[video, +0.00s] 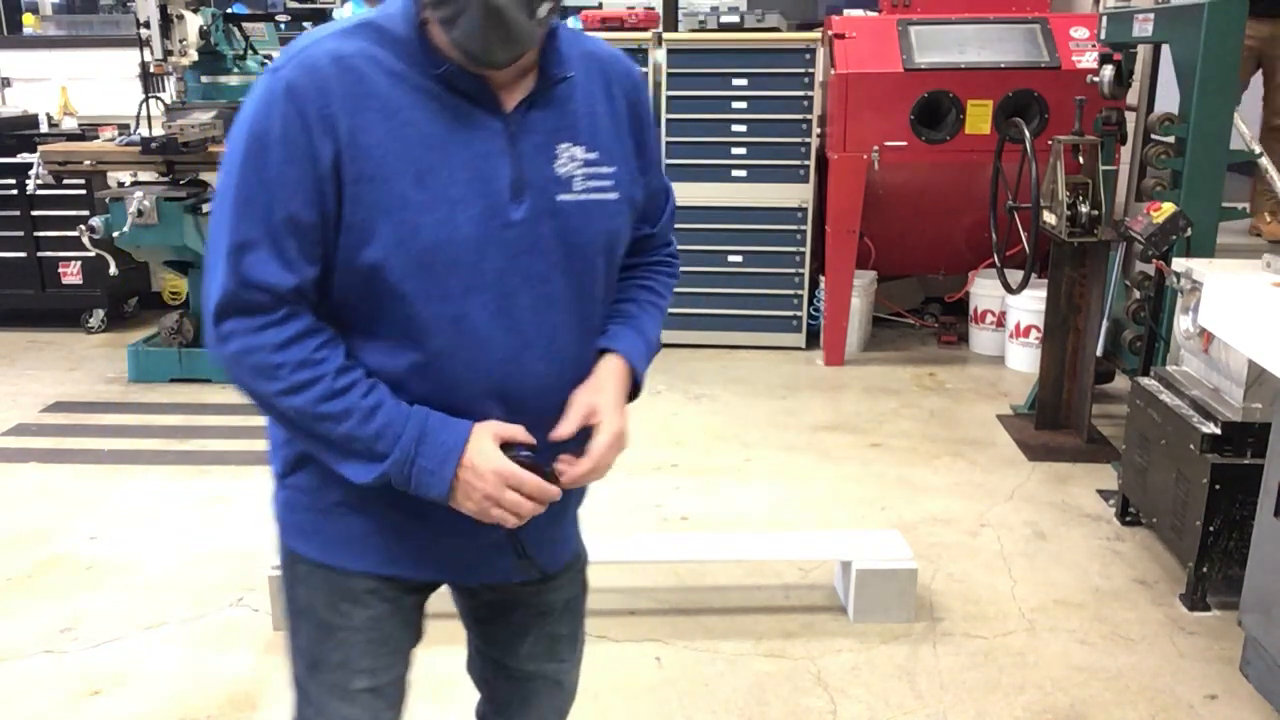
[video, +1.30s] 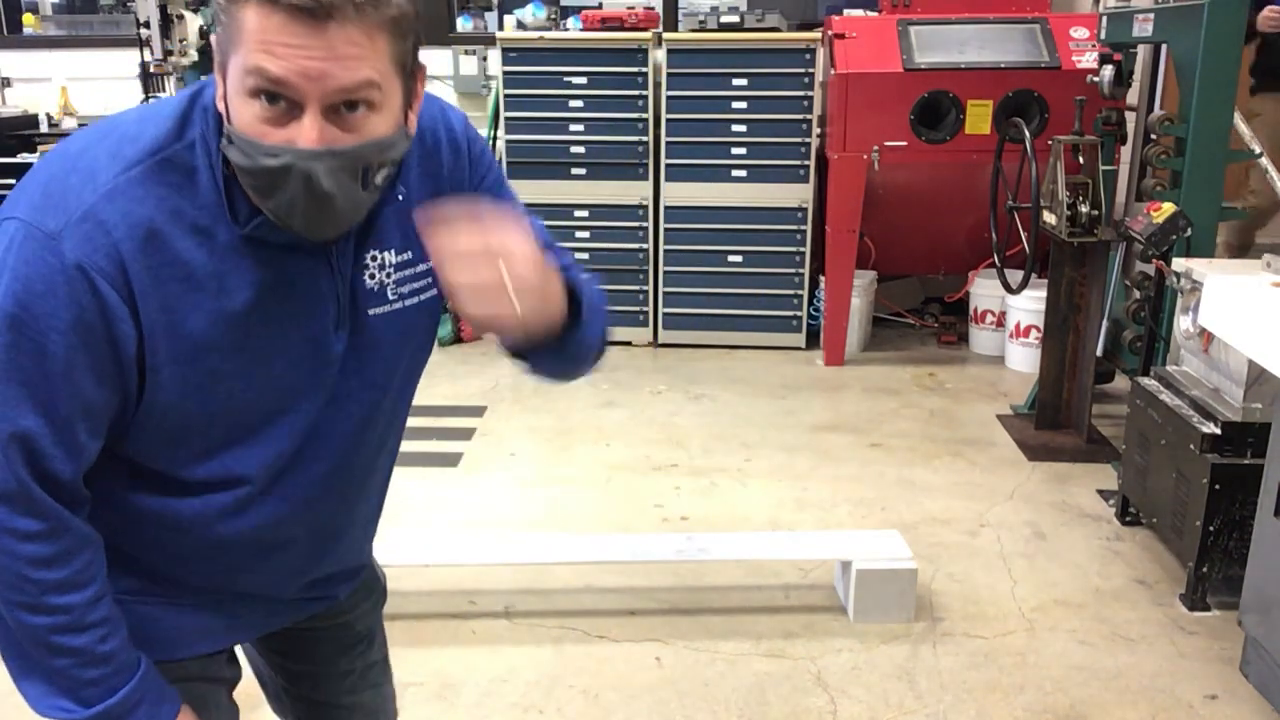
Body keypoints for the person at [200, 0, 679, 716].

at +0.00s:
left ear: (554, 4)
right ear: (431, 3)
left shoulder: (610, 87)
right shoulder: (311, 91)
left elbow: (650, 253)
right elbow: (251, 320)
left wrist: (617, 366)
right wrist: (432, 452)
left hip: (536, 509)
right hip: (354, 507)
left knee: (534, 710)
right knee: (348, 710)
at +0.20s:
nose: (433, 108)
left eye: (450, 79)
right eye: (401, 89)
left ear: (473, 29)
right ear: (342, 37)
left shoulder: (522, 89)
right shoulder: (221, 120)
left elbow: (576, 258)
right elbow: (175, 385)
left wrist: (563, 386)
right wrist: (402, 488)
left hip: (469, 543)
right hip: (278, 550)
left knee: (502, 708)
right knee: (276, 707)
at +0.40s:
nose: (348, 13)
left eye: (390, 34)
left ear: (429, 11)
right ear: (265, 6)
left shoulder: (454, 97)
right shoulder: (136, 140)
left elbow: (490, 272)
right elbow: (91, 429)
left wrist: (487, 408)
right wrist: (341, 533)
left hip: (394, 556)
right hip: (196, 575)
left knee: (430, 708)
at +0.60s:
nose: (312, 45)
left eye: (350, 10)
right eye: (279, 9)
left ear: (411, 16)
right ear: (225, 8)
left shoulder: (426, 110)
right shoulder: (102, 175)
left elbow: (455, 272)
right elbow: (45, 466)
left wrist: (498, 416)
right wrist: (270, 608)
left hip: (345, 570)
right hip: (157, 597)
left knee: (368, 709)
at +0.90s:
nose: (301, 86)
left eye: (340, 47)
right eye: (265, 44)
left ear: (398, 33)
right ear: (205, 30)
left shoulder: (415, 119)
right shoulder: (67, 216)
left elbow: (457, 280)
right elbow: (18, 504)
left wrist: (558, 423)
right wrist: (178, 685)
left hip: (330, 580)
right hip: (152, 620)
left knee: (351, 705)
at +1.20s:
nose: (300, 125)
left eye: (340, 86)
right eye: (262, 81)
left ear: (404, 74)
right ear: (211, 66)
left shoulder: (430, 144)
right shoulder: (71, 229)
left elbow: (499, 289)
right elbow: (17, 508)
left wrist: (532, 360)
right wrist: (144, 699)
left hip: (324, 560)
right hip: (149, 592)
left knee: (353, 708)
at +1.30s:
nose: (309, 148)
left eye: (350, 108)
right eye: (272, 101)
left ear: (412, 96)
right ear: (220, 75)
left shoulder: (439, 156)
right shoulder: (76, 235)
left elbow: (578, 348)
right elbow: (19, 514)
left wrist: (551, 311)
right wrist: (130, 709)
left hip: (323, 558)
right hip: (148, 586)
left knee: (361, 711)